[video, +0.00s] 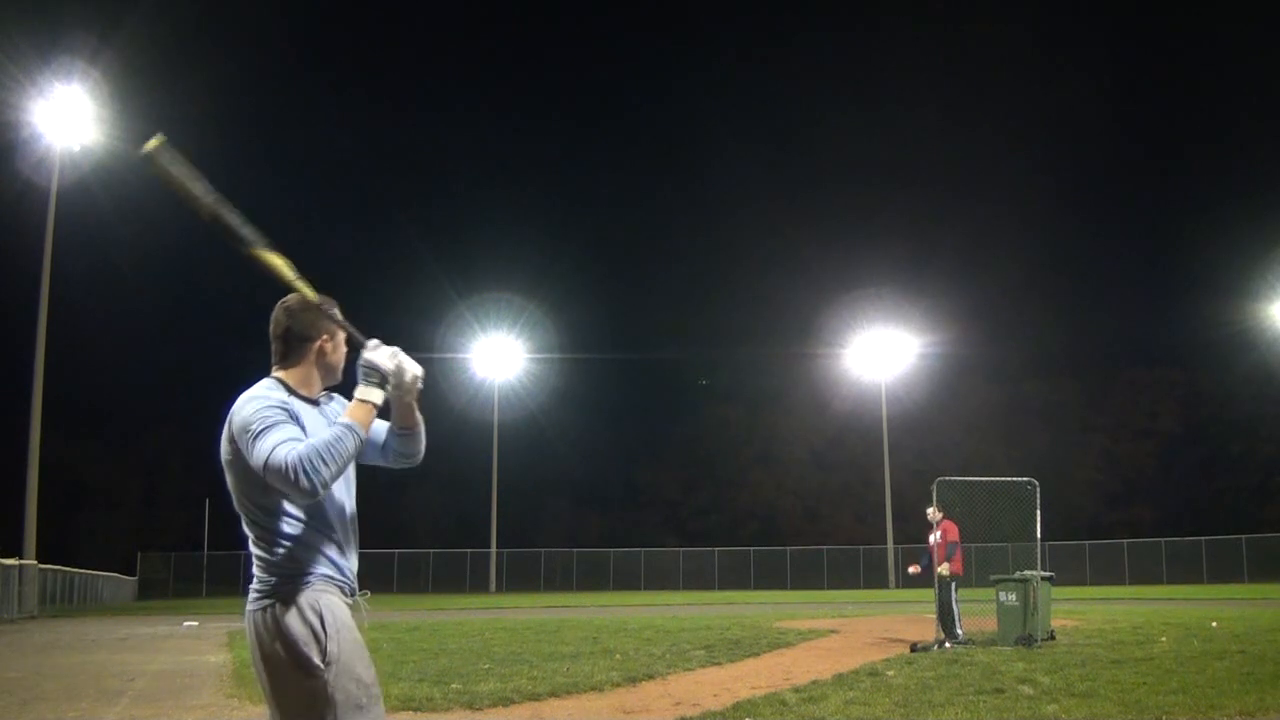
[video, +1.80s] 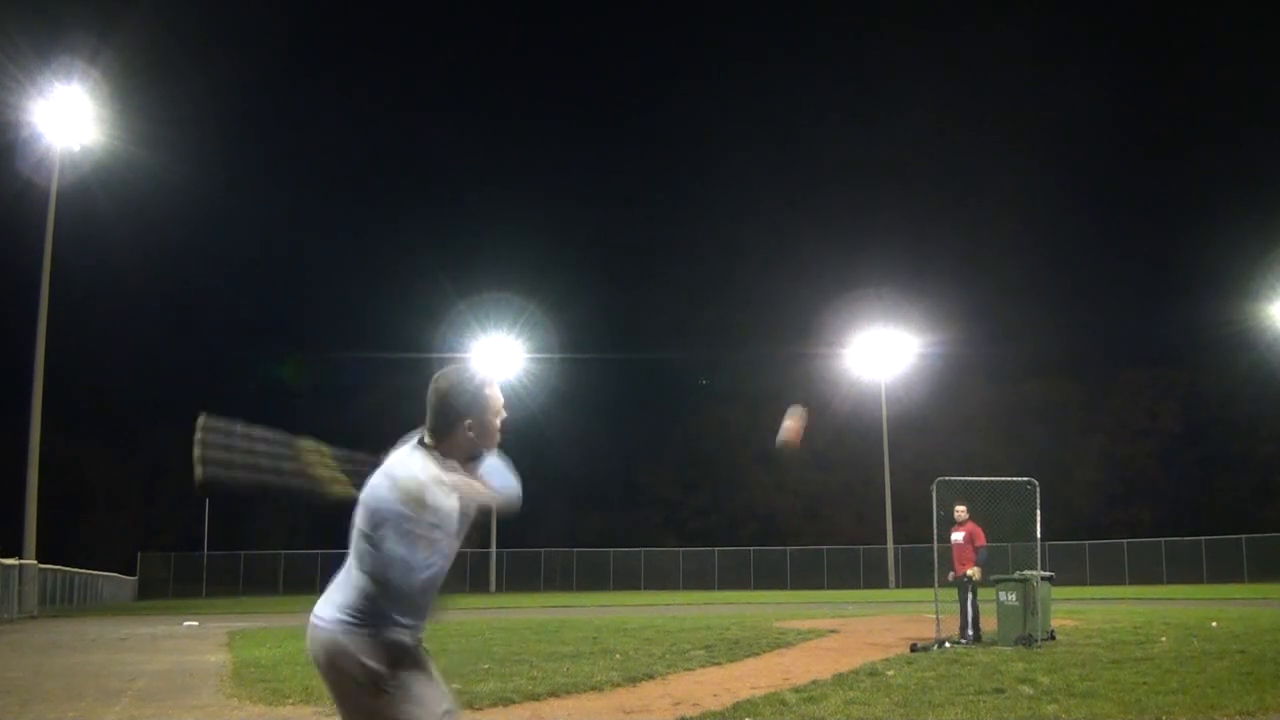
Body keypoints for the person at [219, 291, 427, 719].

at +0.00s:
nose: (347, 354)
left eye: (346, 344)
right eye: (344, 343)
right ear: (323, 346)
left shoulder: (333, 410)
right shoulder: (256, 407)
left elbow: (406, 452)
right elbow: (306, 474)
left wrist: (405, 397)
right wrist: (370, 392)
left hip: (325, 601)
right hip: (296, 605)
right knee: (357, 712)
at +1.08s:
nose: (399, 354)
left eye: (399, 342)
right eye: (398, 342)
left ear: (336, 336)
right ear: (380, 346)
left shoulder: (372, 421)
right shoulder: (303, 381)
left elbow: (421, 490)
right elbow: (318, 419)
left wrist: (439, 438)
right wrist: (412, 398)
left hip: (337, 607)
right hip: (291, 608)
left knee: (390, 710)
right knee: (357, 711)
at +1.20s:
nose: (421, 351)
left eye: (421, 340)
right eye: (421, 340)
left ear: (356, 334)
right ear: (403, 346)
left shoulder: (387, 415)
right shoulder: (320, 383)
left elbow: (421, 503)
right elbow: (325, 433)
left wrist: (446, 464)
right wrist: (429, 423)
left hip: (346, 586)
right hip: (286, 590)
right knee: (343, 708)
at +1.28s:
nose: (431, 355)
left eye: (432, 346)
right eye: (431, 345)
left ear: (367, 338)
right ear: (414, 350)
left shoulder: (399, 414)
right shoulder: (329, 387)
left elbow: (423, 508)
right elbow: (329, 446)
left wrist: (450, 476)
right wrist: (429, 439)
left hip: (353, 575)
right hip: (290, 587)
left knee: (456, 604)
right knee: (347, 707)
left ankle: (394, 711)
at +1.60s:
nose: (467, 401)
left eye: (468, 391)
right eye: (466, 391)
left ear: (405, 376)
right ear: (447, 392)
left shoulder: (445, 437)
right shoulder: (358, 419)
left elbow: (491, 506)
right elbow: (308, 476)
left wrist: (461, 461)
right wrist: (405, 444)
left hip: (389, 596)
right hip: (321, 606)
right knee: (353, 704)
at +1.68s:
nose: (480, 402)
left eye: (479, 392)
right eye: (475, 392)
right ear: (454, 398)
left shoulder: (468, 439)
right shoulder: (360, 431)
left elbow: (505, 495)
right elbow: (300, 489)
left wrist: (448, 442)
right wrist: (394, 436)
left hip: (402, 612)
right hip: (334, 615)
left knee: (467, 703)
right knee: (363, 710)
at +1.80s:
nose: (505, 420)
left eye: (502, 411)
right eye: (498, 413)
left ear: (468, 427)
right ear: (469, 428)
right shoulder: (413, 484)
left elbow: (510, 492)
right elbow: (415, 583)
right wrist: (463, 506)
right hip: (360, 638)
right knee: (434, 710)